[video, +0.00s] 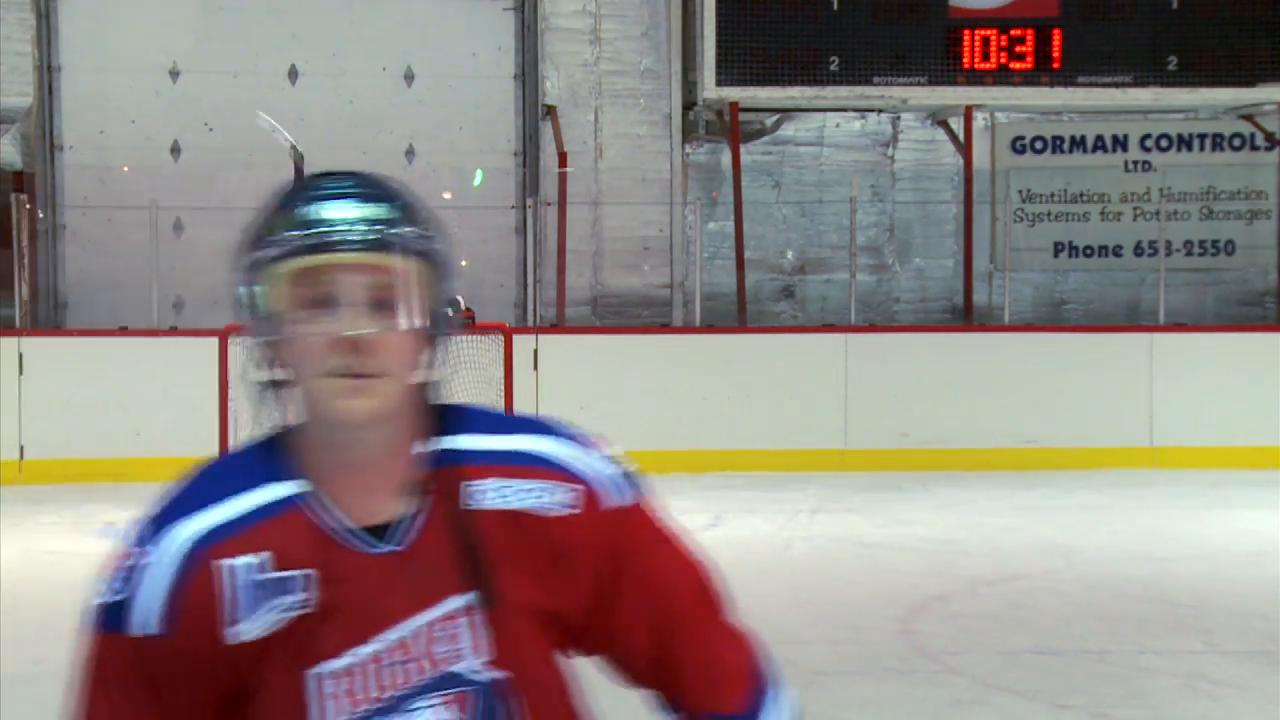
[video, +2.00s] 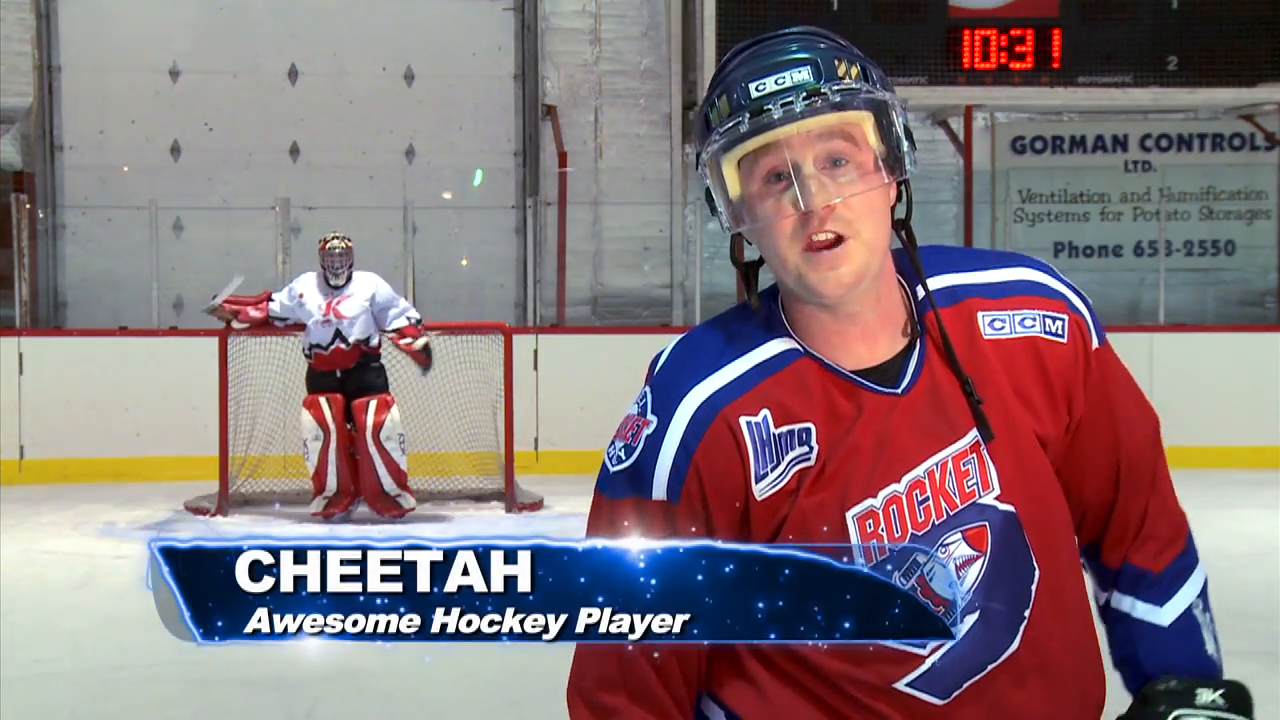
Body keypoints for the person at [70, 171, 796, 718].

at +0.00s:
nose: (353, 333)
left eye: (383, 302)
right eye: (318, 304)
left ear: (431, 327)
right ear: (269, 336)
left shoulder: (553, 487)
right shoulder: (185, 563)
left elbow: (729, 685)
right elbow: (123, 712)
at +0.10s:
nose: (502, 301)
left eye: (530, 274)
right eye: (470, 275)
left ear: (576, 304)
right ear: (422, 310)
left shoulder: (699, 460)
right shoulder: (340, 534)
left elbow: (855, 674)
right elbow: (283, 710)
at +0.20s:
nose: (624, 265)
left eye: (649, 236)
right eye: (588, 245)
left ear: (695, 269)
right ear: (544, 292)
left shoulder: (821, 427)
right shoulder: (469, 497)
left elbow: (959, 672)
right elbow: (421, 710)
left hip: (814, 706)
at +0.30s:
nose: (721, 221)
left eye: (745, 192)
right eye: (684, 200)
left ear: (792, 230)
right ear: (642, 250)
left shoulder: (912, 388)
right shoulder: (569, 452)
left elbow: (1027, 659)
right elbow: (518, 704)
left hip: (901, 711)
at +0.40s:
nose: (798, 205)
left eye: (824, 179)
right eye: (766, 181)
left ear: (868, 213)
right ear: (720, 221)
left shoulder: (986, 365)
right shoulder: (649, 419)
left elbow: (1075, 626)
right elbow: (586, 687)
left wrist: (1089, 714)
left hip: (971, 707)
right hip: (743, 708)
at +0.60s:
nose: (889, 188)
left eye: (918, 159)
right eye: (859, 162)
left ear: (962, 194)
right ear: (817, 201)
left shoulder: (1085, 347)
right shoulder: (727, 391)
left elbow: (1175, 632)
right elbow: (682, 676)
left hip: (1060, 706)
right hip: (823, 706)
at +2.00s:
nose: (815, 201)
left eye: (837, 163)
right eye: (779, 180)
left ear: (889, 180)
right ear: (741, 221)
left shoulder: (1036, 314)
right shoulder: (689, 413)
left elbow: (1139, 527)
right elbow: (626, 689)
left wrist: (1187, 698)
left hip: (1052, 710)